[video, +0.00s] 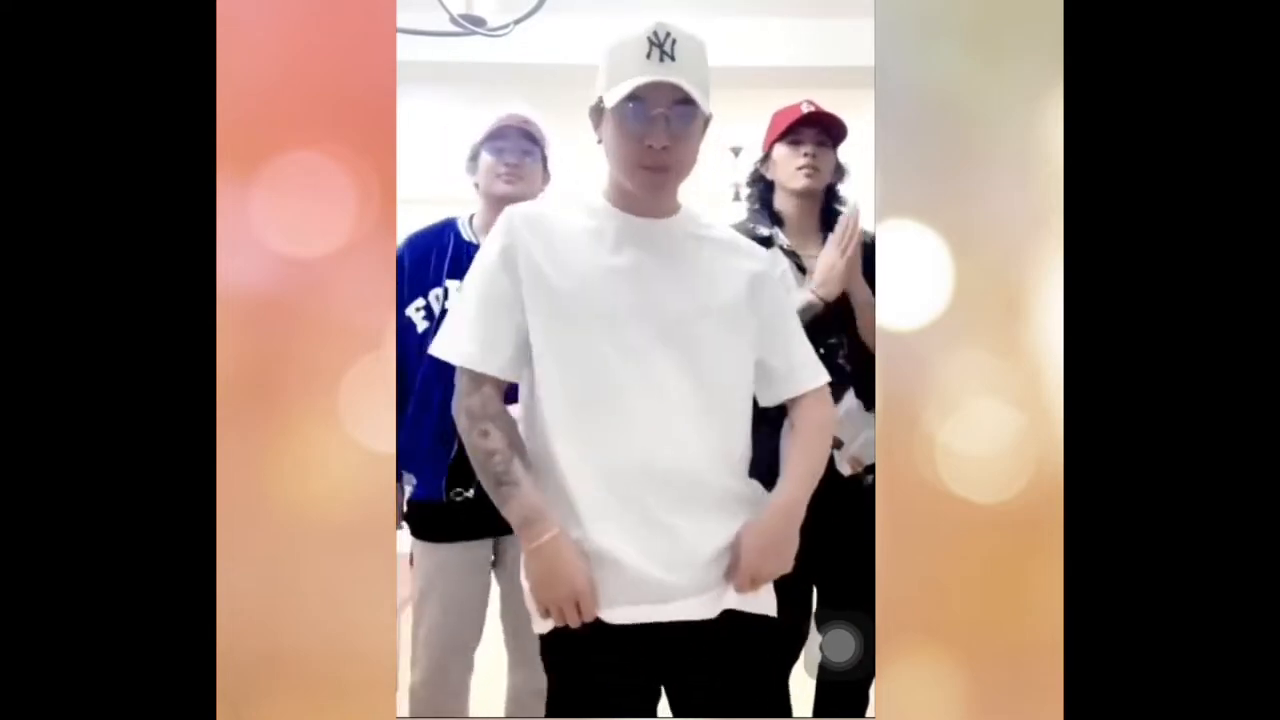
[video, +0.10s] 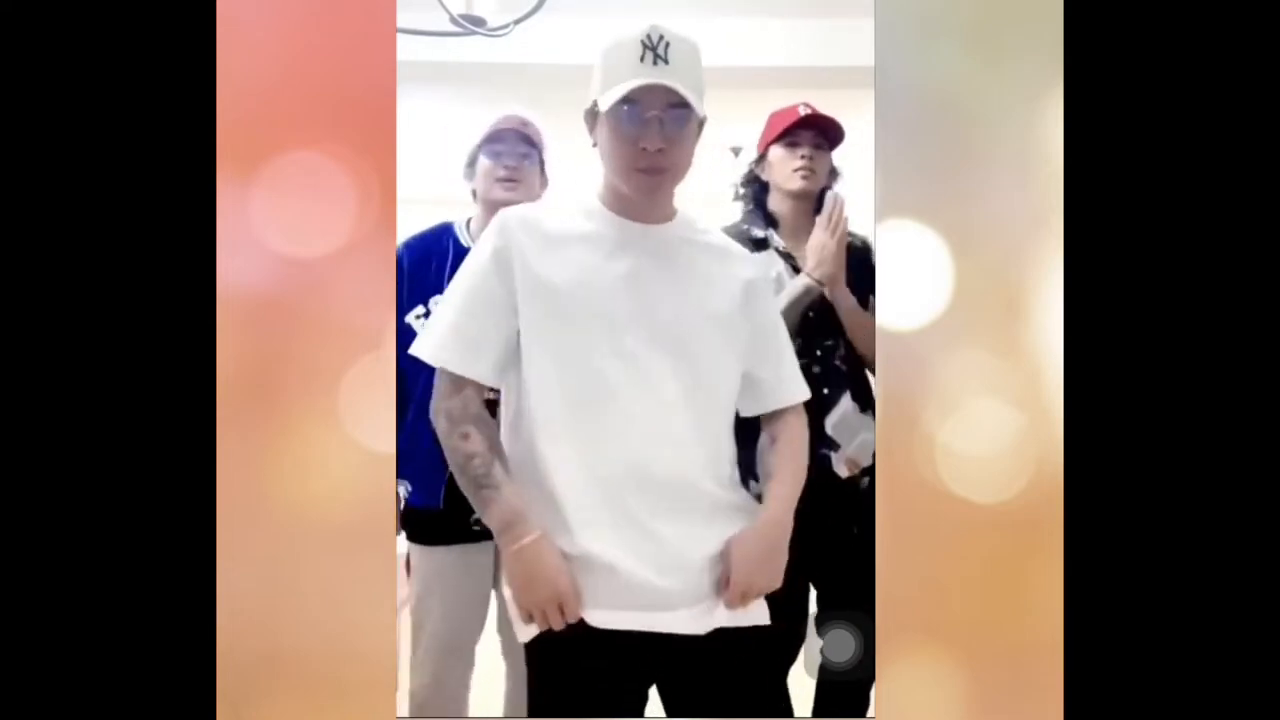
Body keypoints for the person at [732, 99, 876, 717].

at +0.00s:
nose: (811, 154)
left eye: (824, 146)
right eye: (795, 143)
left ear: (837, 165)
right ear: (767, 161)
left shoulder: (866, 245)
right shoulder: (737, 247)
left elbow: (891, 351)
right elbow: (732, 347)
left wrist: (852, 281)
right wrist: (816, 296)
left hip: (859, 464)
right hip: (774, 460)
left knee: (850, 643)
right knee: (775, 632)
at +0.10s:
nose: (809, 156)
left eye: (821, 148)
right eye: (793, 146)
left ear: (833, 167)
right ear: (762, 162)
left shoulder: (858, 253)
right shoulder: (729, 250)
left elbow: (885, 359)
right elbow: (730, 345)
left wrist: (837, 288)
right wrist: (812, 276)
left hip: (853, 474)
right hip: (768, 471)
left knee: (852, 644)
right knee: (772, 636)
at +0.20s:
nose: (805, 160)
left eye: (816, 152)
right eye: (789, 149)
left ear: (827, 171)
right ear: (758, 165)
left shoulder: (848, 254)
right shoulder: (730, 250)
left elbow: (874, 370)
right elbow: (727, 351)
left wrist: (839, 294)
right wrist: (809, 298)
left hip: (846, 467)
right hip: (764, 465)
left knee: (852, 644)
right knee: (768, 637)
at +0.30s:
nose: (802, 158)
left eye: (814, 150)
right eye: (786, 146)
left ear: (824, 169)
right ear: (755, 161)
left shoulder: (841, 249)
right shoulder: (725, 247)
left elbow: (871, 368)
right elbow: (715, 346)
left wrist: (852, 289)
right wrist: (801, 311)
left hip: (838, 464)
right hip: (756, 463)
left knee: (850, 645)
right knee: (758, 639)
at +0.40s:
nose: (798, 156)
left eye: (811, 147)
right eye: (782, 145)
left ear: (822, 165)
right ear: (752, 161)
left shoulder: (844, 252)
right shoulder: (724, 249)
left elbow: (872, 368)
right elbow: (713, 354)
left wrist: (840, 292)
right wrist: (793, 309)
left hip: (834, 468)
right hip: (753, 467)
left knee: (846, 645)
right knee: (751, 640)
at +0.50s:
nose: (795, 158)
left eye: (808, 150)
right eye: (780, 148)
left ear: (820, 170)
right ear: (750, 165)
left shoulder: (847, 258)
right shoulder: (722, 251)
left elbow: (865, 374)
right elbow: (712, 361)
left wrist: (809, 302)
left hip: (829, 472)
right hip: (740, 471)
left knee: (843, 648)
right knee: (743, 642)